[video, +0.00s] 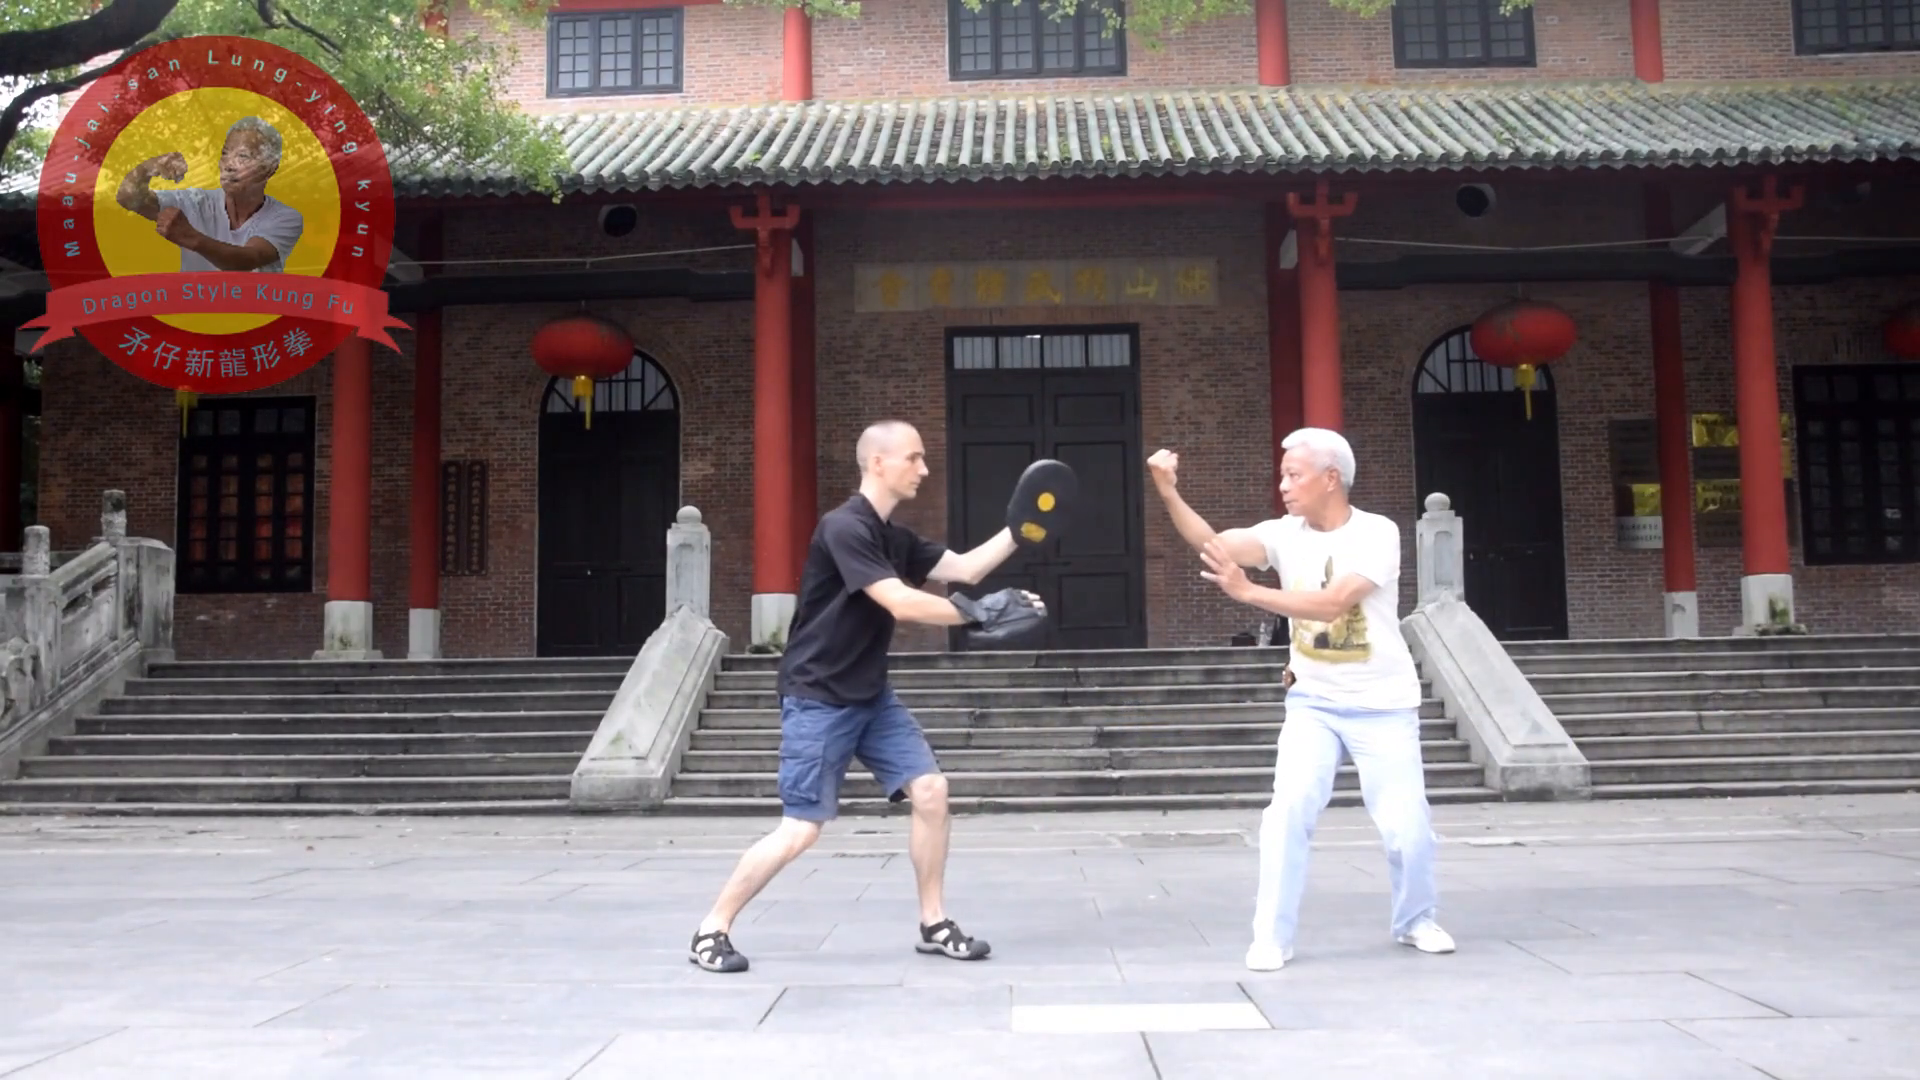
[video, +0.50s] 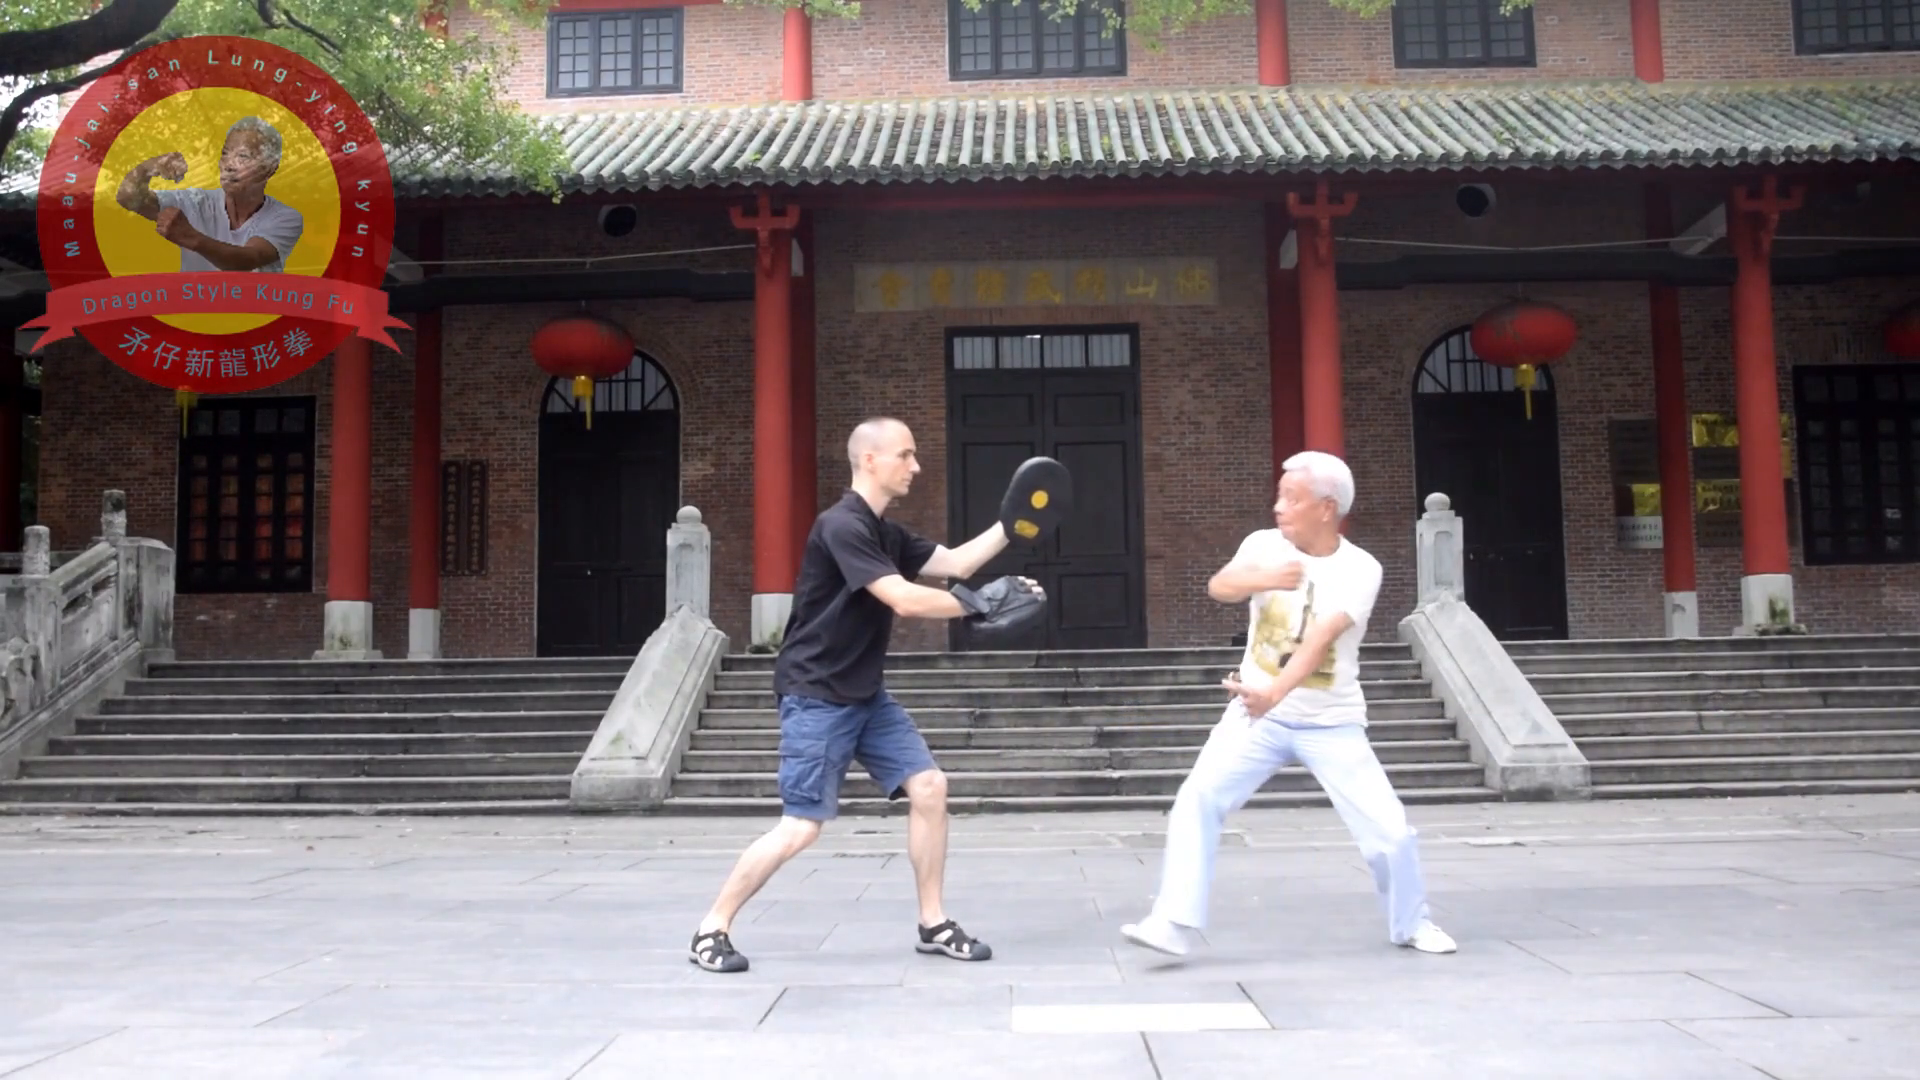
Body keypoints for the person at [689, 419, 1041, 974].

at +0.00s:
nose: (923, 468)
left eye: (923, 458)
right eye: (913, 458)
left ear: (891, 466)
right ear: (877, 464)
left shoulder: (895, 536)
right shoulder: (843, 527)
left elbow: (962, 569)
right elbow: (899, 603)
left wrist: (1021, 528)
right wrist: (979, 611)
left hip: (871, 695)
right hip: (817, 697)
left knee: (930, 792)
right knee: (801, 829)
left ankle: (934, 924)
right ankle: (712, 930)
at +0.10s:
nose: (918, 468)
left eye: (917, 458)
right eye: (907, 458)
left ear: (883, 467)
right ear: (871, 464)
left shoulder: (888, 534)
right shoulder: (840, 527)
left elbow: (961, 566)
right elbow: (896, 604)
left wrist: (1018, 525)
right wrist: (975, 611)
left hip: (868, 695)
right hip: (815, 697)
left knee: (928, 791)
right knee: (802, 829)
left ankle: (934, 924)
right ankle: (713, 930)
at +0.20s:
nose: (917, 468)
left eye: (916, 457)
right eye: (906, 457)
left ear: (887, 466)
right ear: (870, 464)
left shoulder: (888, 534)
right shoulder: (840, 527)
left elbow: (957, 565)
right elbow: (897, 604)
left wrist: (1015, 525)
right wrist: (978, 609)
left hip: (867, 695)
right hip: (814, 697)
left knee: (927, 790)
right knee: (802, 828)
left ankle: (934, 923)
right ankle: (712, 930)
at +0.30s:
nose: (917, 468)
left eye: (916, 457)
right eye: (906, 457)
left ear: (885, 465)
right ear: (869, 463)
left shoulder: (888, 533)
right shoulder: (840, 526)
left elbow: (955, 565)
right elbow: (900, 602)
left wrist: (1014, 526)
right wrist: (980, 606)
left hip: (868, 694)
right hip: (816, 696)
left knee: (929, 790)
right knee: (802, 828)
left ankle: (934, 924)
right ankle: (712, 930)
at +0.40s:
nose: (916, 467)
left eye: (915, 456)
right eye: (905, 456)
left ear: (880, 465)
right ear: (869, 462)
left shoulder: (885, 532)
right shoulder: (841, 525)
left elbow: (955, 564)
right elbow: (903, 601)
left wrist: (1014, 526)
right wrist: (982, 603)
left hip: (868, 695)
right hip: (816, 696)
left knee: (929, 789)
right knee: (802, 827)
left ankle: (934, 923)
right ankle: (712, 928)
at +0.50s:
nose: (916, 466)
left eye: (914, 456)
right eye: (905, 455)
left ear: (879, 464)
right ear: (869, 462)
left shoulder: (884, 530)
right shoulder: (841, 525)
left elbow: (954, 564)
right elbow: (904, 601)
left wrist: (1013, 524)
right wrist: (983, 603)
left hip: (867, 695)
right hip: (816, 696)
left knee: (929, 789)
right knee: (802, 827)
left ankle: (934, 924)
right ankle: (712, 929)